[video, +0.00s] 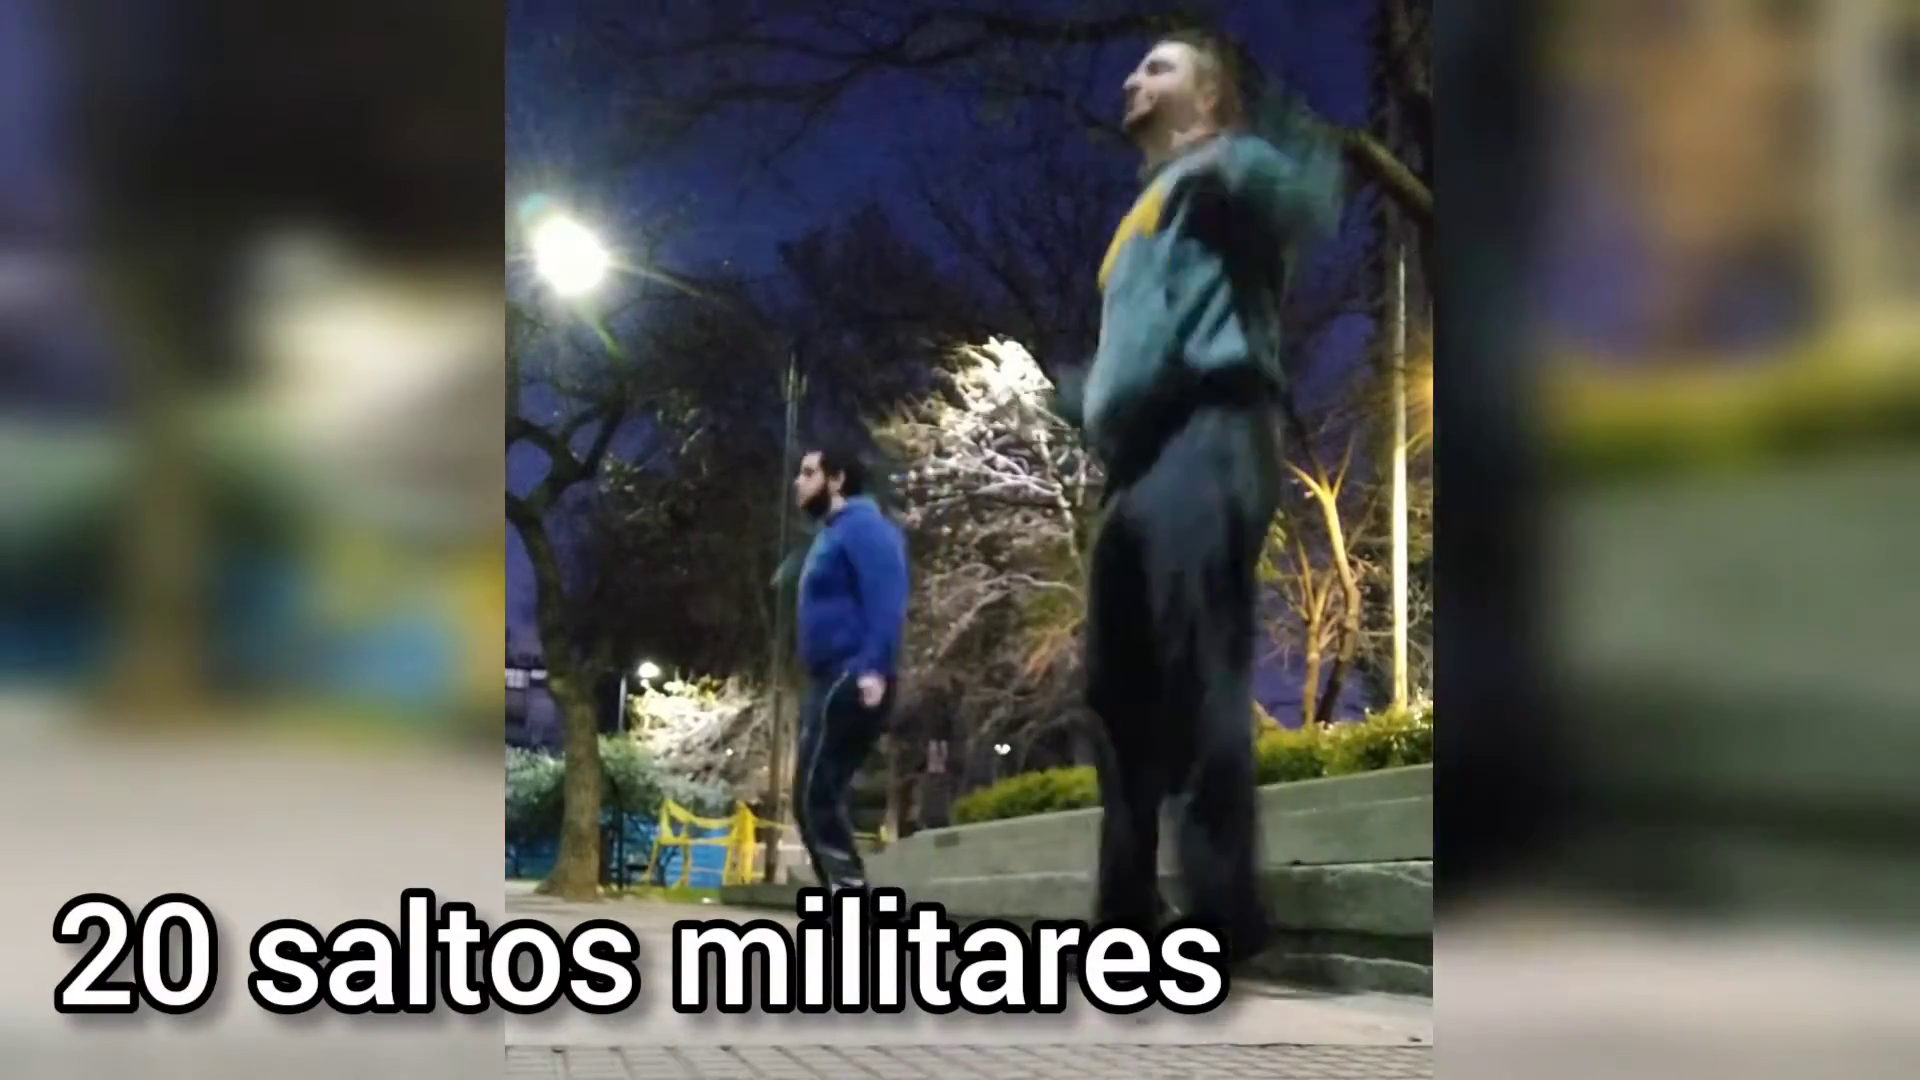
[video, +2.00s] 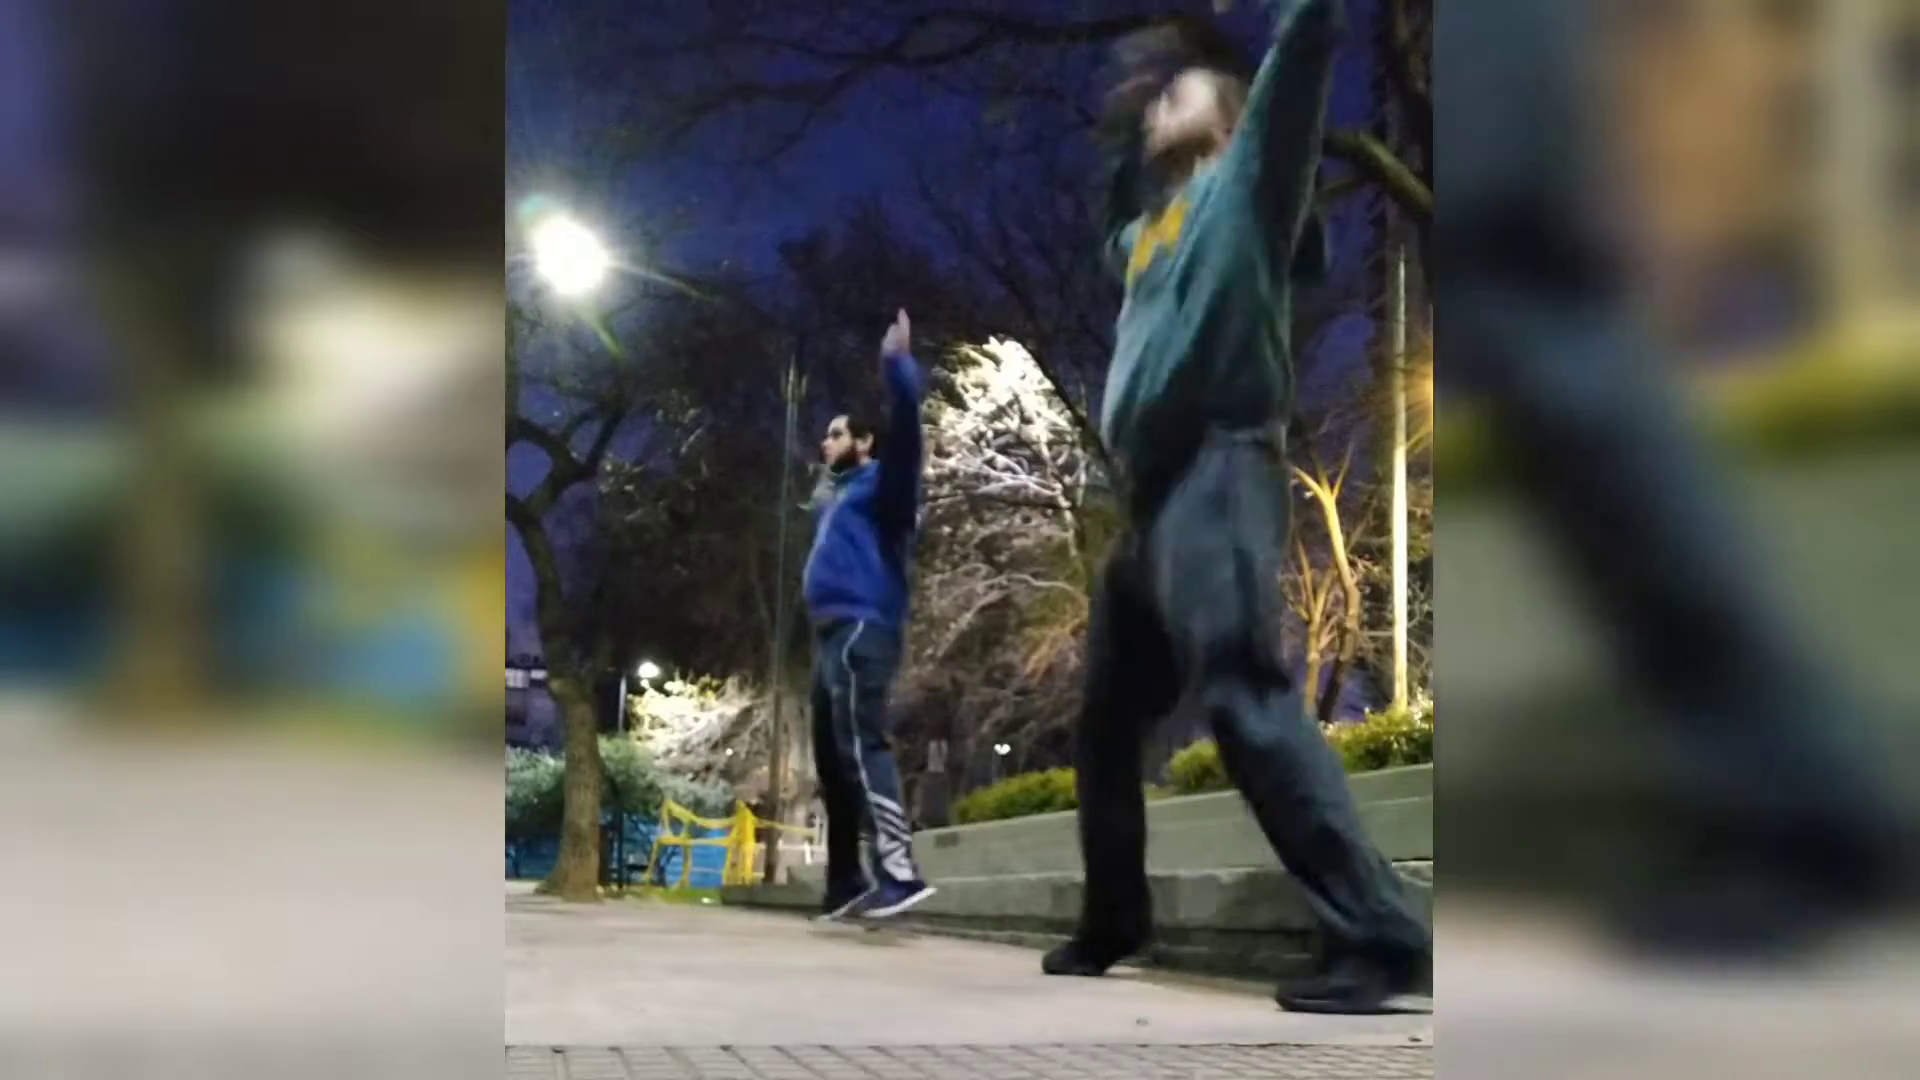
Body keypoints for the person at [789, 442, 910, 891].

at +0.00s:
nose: (798, 482)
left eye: (807, 473)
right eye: (800, 473)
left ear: (836, 479)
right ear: (828, 480)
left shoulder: (862, 524)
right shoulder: (832, 531)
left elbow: (885, 594)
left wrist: (873, 666)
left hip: (853, 676)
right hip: (825, 677)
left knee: (818, 797)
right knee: (809, 797)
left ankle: (848, 889)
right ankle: (838, 889)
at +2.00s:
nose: (826, 445)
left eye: (835, 436)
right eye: (825, 438)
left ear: (863, 442)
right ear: (836, 450)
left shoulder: (881, 489)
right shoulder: (836, 495)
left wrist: (897, 363)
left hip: (865, 622)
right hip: (829, 626)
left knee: (862, 743)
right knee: (832, 757)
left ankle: (899, 874)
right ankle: (846, 879)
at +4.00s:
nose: (865, 500)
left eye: (873, 492)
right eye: (866, 493)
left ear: (896, 495)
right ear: (884, 502)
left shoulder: (921, 531)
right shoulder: (877, 545)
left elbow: (924, 461)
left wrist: (910, 433)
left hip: (899, 677)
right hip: (864, 680)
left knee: (888, 800)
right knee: (854, 803)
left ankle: (943, 913)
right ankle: (885, 907)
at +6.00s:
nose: (869, 454)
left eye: (878, 445)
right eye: (870, 445)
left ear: (907, 453)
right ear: (892, 455)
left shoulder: (920, 486)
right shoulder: (884, 498)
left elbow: (945, 505)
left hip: (905, 626)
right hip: (874, 630)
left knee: (896, 756)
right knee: (871, 763)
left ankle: (934, 884)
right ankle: (892, 884)